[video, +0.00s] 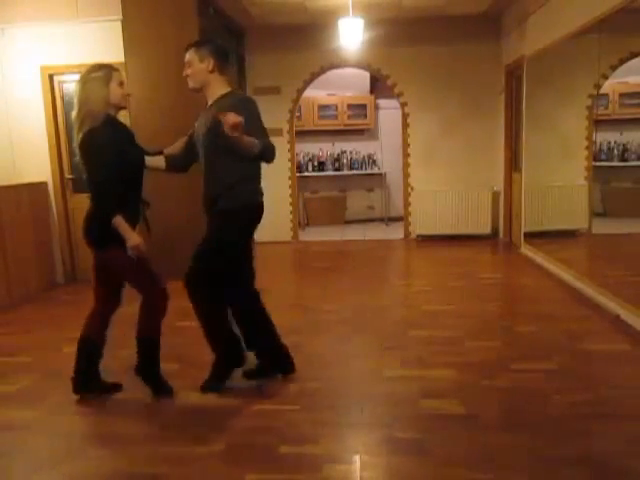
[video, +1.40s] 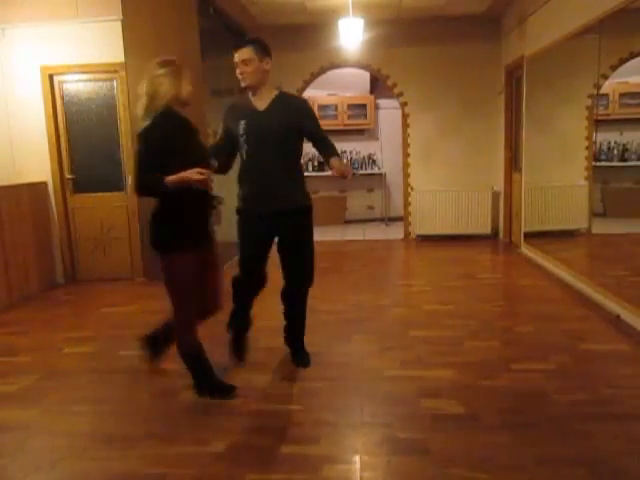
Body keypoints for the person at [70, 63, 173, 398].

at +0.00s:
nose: (126, 90)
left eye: (124, 84)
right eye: (119, 85)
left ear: (107, 90)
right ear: (100, 91)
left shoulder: (115, 128)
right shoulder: (98, 135)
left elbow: (136, 156)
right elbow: (103, 192)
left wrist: (168, 152)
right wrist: (127, 231)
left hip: (114, 227)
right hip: (108, 229)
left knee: (106, 302)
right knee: (155, 293)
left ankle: (86, 375)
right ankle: (148, 366)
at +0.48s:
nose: (121, 86)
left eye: (120, 80)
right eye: (114, 81)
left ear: (104, 85)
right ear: (94, 86)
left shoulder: (113, 125)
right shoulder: (87, 130)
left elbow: (129, 165)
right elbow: (82, 183)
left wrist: (158, 152)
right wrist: (133, 180)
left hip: (127, 220)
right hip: (106, 225)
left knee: (145, 297)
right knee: (127, 299)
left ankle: (109, 357)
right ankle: (123, 369)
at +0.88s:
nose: (111, 90)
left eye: (109, 84)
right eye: (105, 84)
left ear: (84, 92)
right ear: (86, 91)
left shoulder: (94, 130)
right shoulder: (88, 133)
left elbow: (107, 175)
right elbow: (98, 187)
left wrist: (143, 149)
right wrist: (133, 176)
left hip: (95, 230)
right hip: (100, 233)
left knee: (98, 303)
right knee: (142, 296)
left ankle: (88, 377)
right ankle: (106, 372)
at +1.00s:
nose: (116, 93)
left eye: (115, 87)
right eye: (110, 88)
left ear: (92, 93)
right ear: (92, 93)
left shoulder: (101, 130)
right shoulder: (91, 136)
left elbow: (122, 167)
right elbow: (101, 189)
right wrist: (138, 179)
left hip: (100, 235)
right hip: (104, 238)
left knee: (89, 308)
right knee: (159, 290)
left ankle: (86, 377)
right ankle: (134, 360)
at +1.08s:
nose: (124, 95)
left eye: (123, 89)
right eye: (118, 89)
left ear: (100, 94)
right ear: (99, 93)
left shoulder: (109, 132)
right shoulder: (95, 137)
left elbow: (132, 164)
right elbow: (99, 192)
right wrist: (139, 182)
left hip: (109, 237)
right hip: (110, 240)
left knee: (93, 306)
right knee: (162, 292)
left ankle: (86, 376)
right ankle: (163, 367)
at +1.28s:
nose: (160, 90)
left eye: (158, 84)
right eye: (154, 84)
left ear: (138, 88)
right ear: (135, 88)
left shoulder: (151, 126)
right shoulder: (124, 133)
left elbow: (163, 164)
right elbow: (115, 188)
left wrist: (193, 152)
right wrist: (150, 180)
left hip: (157, 223)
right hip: (144, 227)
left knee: (138, 298)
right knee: (168, 303)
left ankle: (100, 360)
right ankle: (200, 375)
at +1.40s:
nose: (189, 86)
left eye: (187, 80)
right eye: (182, 80)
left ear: (176, 86)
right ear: (167, 87)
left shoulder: (185, 125)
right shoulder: (155, 130)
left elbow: (200, 166)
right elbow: (145, 184)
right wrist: (179, 178)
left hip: (197, 221)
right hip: (173, 225)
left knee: (209, 300)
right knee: (185, 305)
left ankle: (158, 337)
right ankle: (204, 379)